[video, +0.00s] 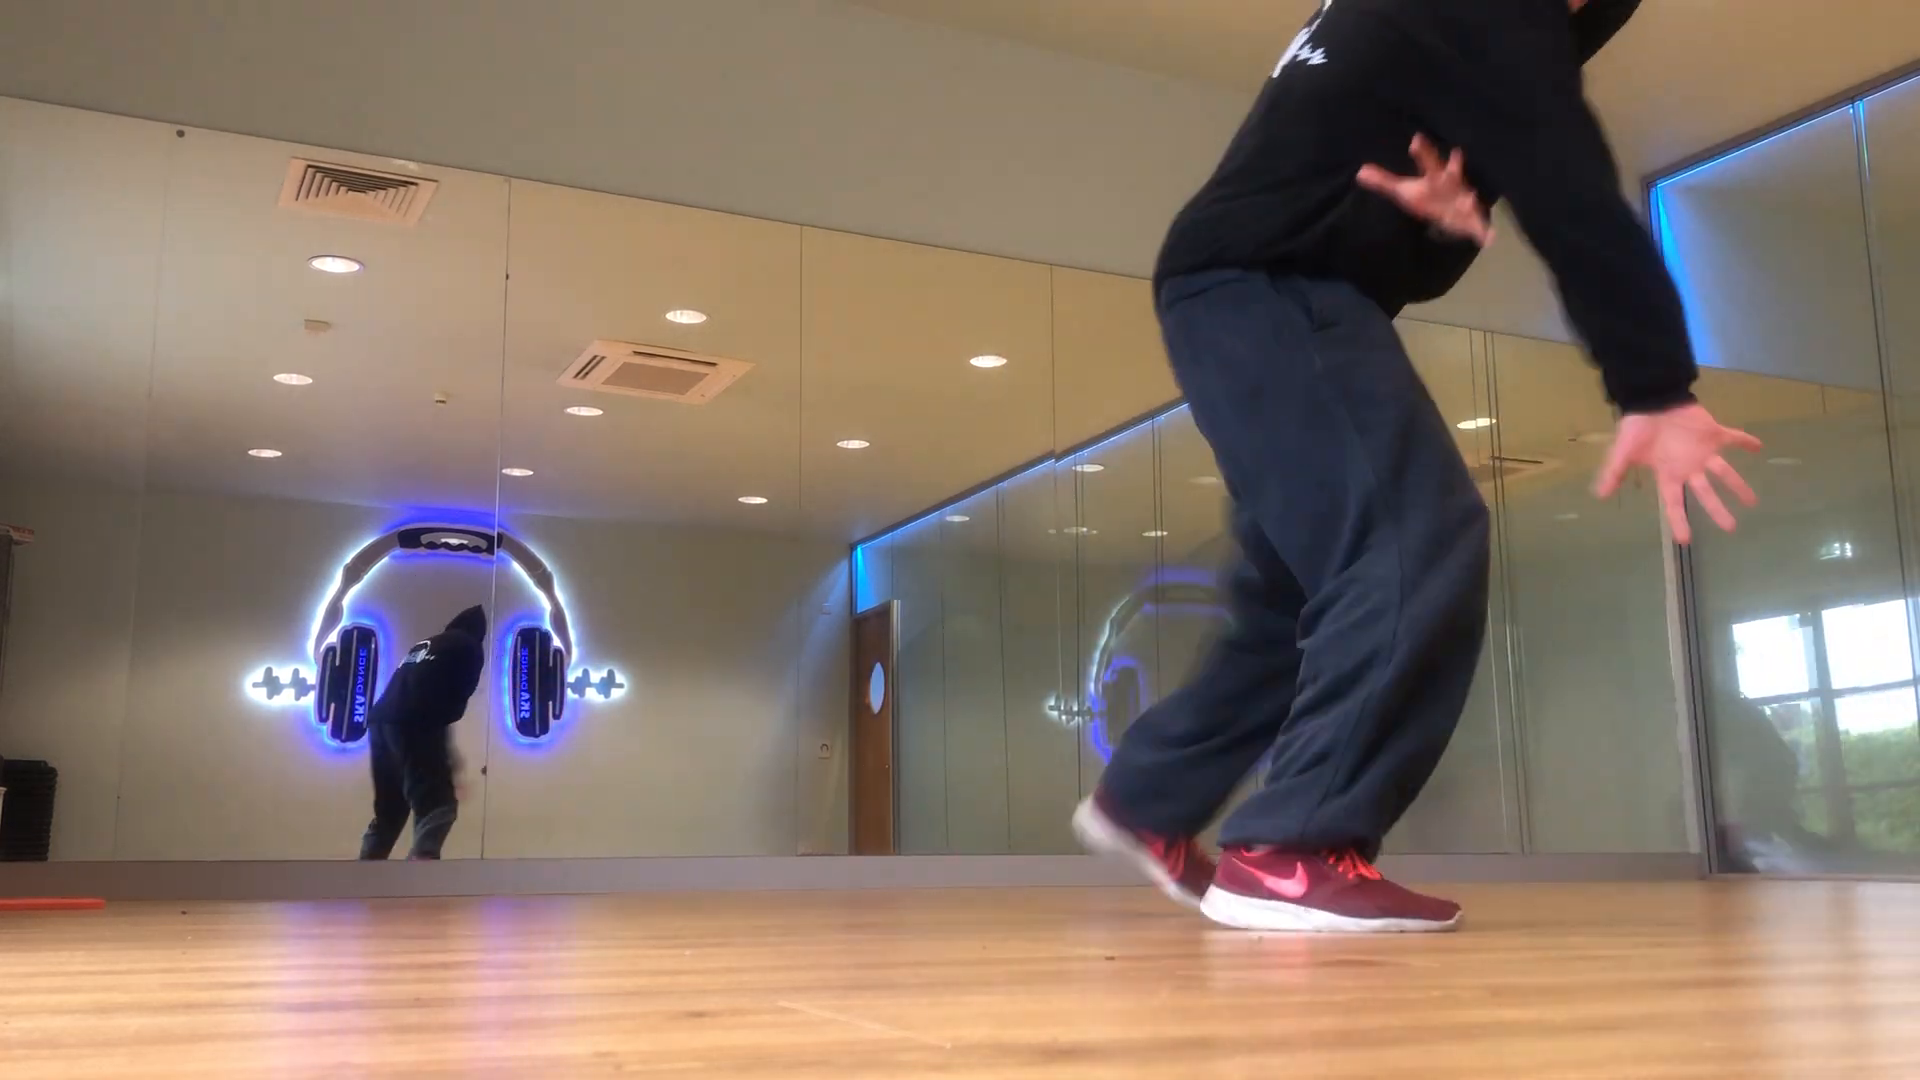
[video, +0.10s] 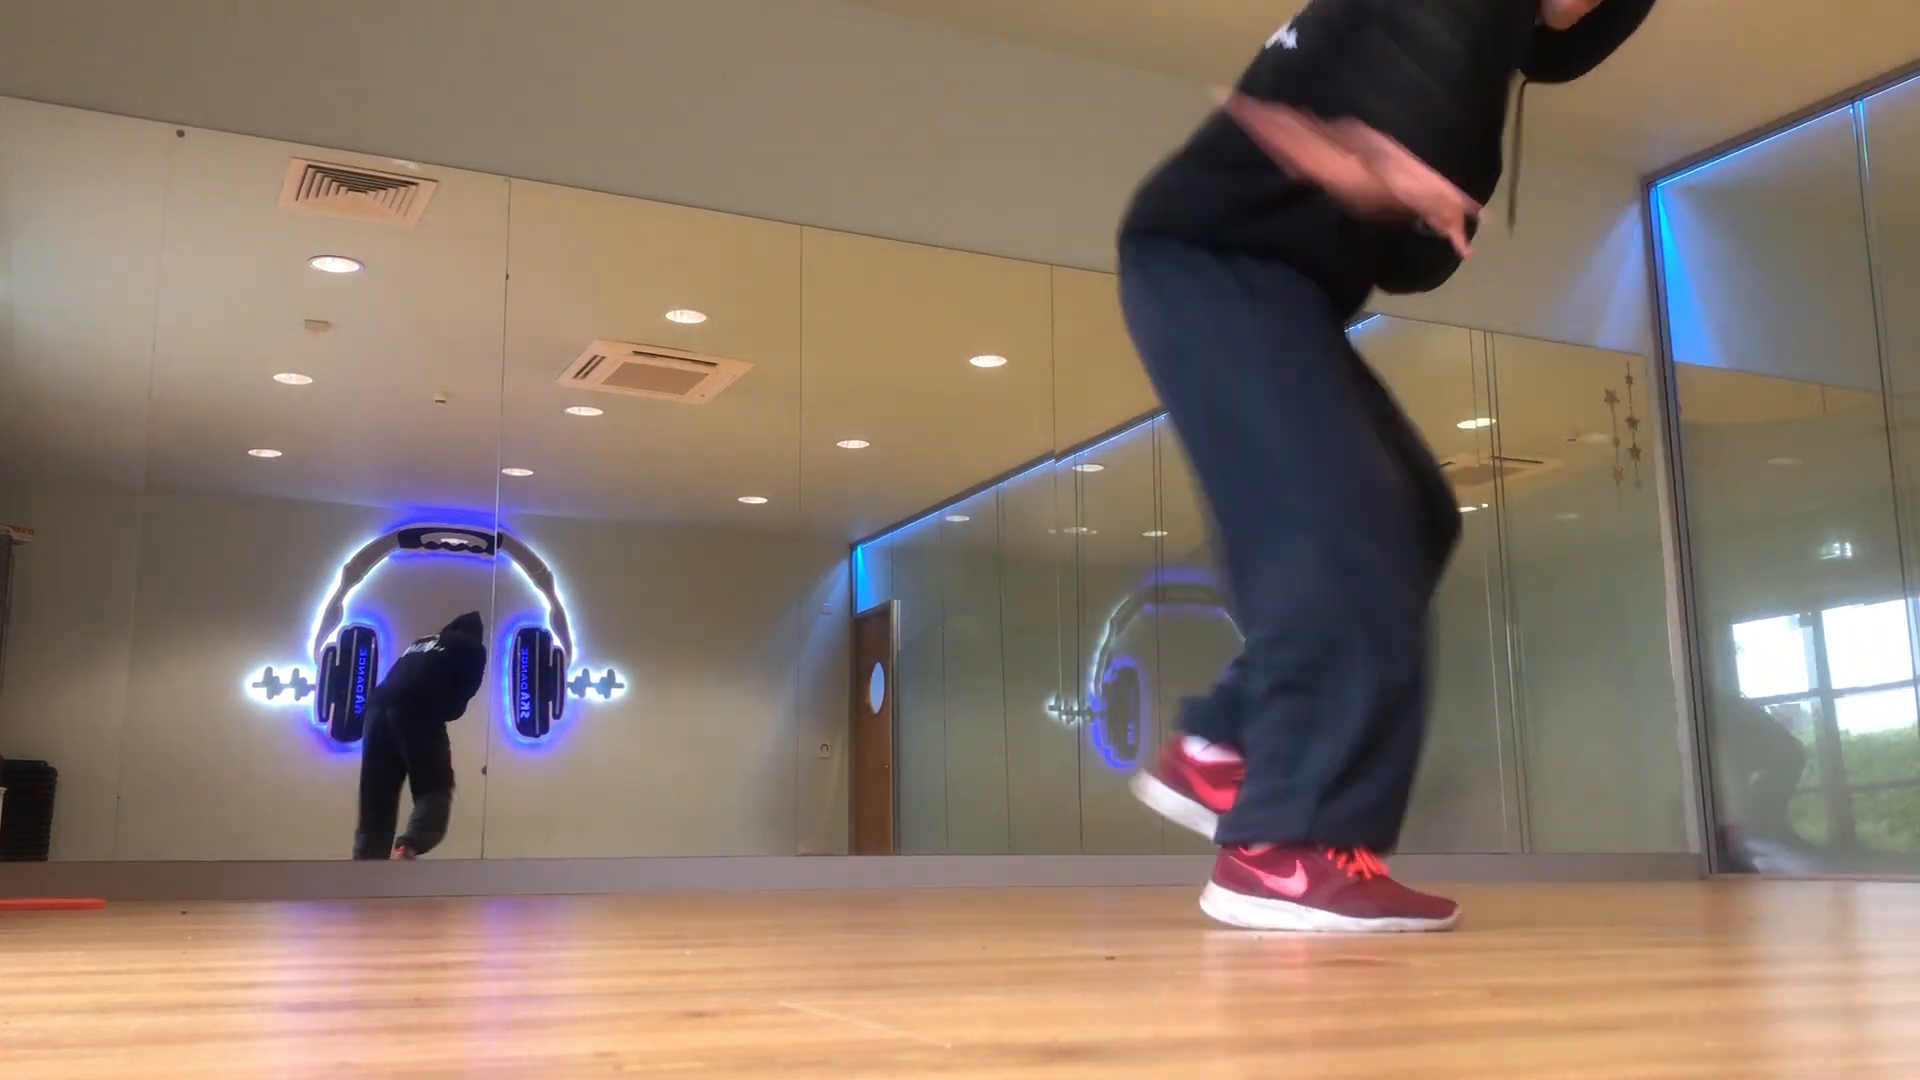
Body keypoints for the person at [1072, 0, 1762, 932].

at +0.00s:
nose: (1599, 16)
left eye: (1597, 15)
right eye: (1601, 10)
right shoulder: (1499, 17)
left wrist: (1452, 216)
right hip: (1274, 284)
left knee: (1310, 579)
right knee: (1418, 535)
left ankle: (1147, 797)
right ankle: (1292, 843)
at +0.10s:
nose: (1580, 7)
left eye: (1588, 10)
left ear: (1571, 18)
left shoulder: (1488, 39)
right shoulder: (1410, 12)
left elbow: (1564, 53)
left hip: (1281, 279)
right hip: (1216, 258)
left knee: (1414, 517)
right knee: (1351, 531)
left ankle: (1223, 747)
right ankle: (1283, 846)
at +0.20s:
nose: (1568, 1)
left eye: (1584, 7)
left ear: (1579, 22)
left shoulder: (1504, 78)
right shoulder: (1408, 9)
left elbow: (1441, 252)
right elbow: (1292, 11)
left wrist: (1478, 185)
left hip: (1301, 284)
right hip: (1189, 238)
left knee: (1358, 495)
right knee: (1196, 505)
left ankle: (1295, 804)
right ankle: (1090, 808)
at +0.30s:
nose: (1537, 9)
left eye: (1548, 12)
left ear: (1534, 18)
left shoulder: (1499, 72)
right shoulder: (1295, 1)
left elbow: (1459, 217)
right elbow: (1074, 23)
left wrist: (1455, 62)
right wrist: (1064, 5)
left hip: (1328, 346)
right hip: (1202, 293)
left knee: (1387, 527)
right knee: (1123, 524)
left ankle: (1255, 837)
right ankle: (869, 747)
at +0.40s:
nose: (1310, 16)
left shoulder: (1451, 23)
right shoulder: (1223, 10)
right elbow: (1151, 45)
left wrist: (1354, 43)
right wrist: (1172, 180)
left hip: (1324, 326)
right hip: (1188, 293)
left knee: (1345, 544)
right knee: (1114, 515)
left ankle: (1260, 836)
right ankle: (938, 738)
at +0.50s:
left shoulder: (1458, 46)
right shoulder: (1229, 10)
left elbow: (1358, 163)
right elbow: (1171, 126)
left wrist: (1221, 49)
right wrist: (1166, 38)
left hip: (1312, 315)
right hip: (1161, 289)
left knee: (1302, 517)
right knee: (1101, 530)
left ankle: (1256, 813)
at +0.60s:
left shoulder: (1395, 70)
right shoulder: (1207, 52)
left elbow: (1257, 191)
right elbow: (1183, 178)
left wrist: (1134, 101)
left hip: (1328, 371)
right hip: (1187, 368)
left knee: (1303, 543)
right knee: (1144, 583)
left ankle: (1307, 740)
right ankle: (1154, 846)